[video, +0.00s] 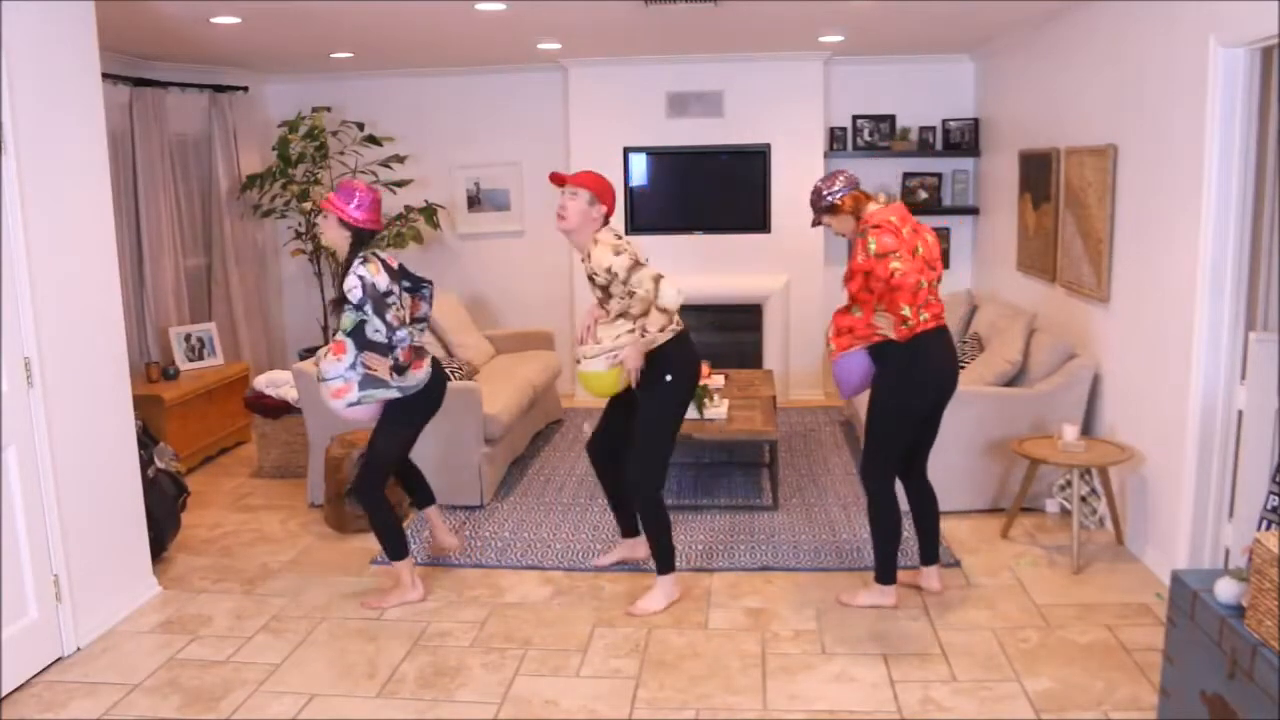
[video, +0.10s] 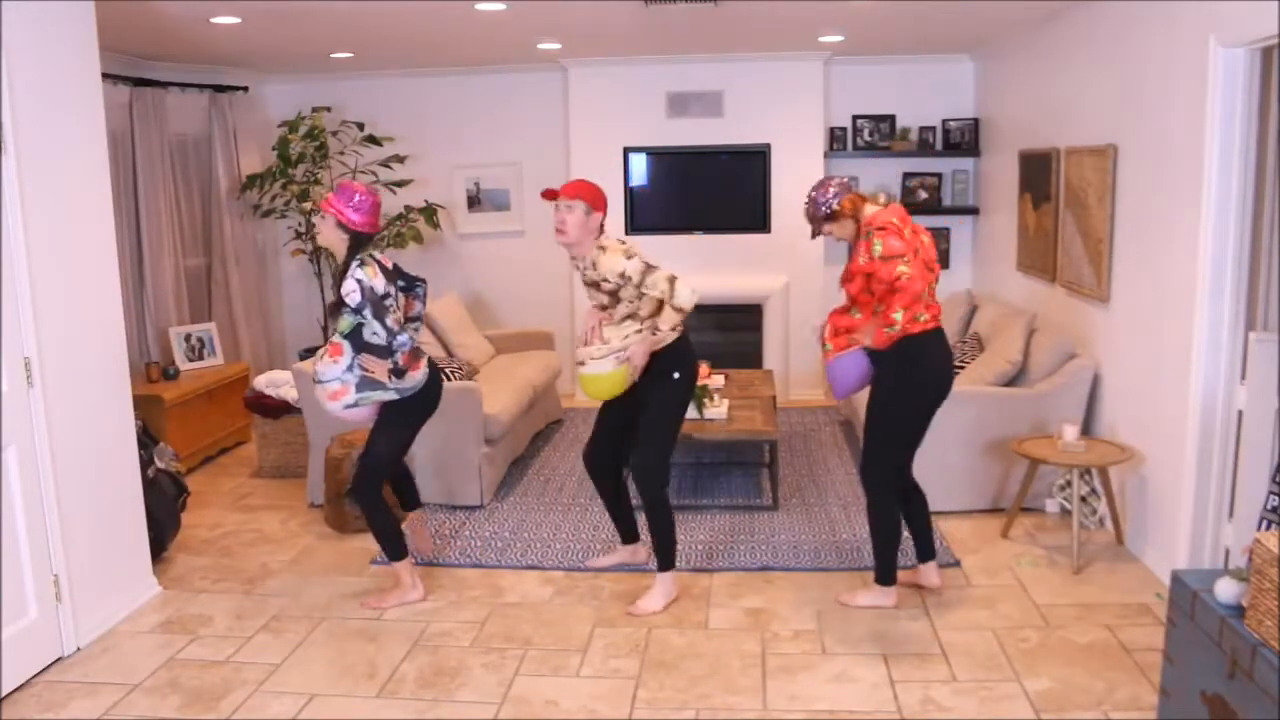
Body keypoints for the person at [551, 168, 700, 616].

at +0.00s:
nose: (561, 205)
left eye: (572, 199)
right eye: (562, 197)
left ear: (598, 212)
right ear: (566, 208)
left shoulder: (610, 255)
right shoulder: (593, 249)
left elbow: (667, 297)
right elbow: (624, 287)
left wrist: (638, 346)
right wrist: (594, 314)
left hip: (672, 361)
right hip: (647, 361)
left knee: (642, 473)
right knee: (604, 449)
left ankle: (668, 579)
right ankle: (632, 540)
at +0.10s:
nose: (559, 217)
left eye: (571, 210)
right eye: (558, 209)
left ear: (596, 220)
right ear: (556, 217)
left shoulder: (617, 262)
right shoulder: (583, 258)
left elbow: (683, 296)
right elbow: (615, 292)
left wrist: (650, 342)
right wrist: (595, 314)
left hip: (672, 363)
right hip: (637, 363)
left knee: (646, 465)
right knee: (600, 456)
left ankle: (666, 577)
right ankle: (631, 545)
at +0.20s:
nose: (566, 242)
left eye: (575, 232)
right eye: (560, 233)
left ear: (598, 231)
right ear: (555, 236)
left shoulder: (629, 264)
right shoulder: (573, 268)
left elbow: (697, 297)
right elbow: (586, 301)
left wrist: (660, 344)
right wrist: (594, 320)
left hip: (670, 363)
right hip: (626, 367)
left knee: (661, 462)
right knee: (591, 463)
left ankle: (675, 561)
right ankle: (632, 546)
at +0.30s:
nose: (577, 250)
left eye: (585, 238)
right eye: (569, 240)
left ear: (606, 233)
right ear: (561, 241)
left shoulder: (638, 263)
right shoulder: (573, 266)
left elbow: (704, 296)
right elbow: (577, 300)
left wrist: (665, 340)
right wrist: (595, 316)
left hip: (670, 361)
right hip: (624, 365)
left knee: (673, 459)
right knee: (592, 462)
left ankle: (689, 551)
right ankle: (632, 546)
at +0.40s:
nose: (598, 247)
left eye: (605, 236)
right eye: (590, 238)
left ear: (623, 228)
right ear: (581, 237)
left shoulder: (658, 256)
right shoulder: (580, 255)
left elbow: (711, 292)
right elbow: (577, 298)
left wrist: (674, 334)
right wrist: (601, 310)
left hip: (672, 361)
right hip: (623, 365)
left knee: (691, 461)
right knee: (598, 463)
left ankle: (698, 551)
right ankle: (632, 546)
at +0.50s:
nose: (614, 242)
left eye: (621, 232)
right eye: (605, 235)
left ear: (637, 223)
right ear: (594, 232)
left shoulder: (667, 250)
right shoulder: (586, 252)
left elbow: (721, 282)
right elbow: (578, 295)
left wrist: (684, 329)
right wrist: (606, 307)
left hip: (677, 359)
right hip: (626, 362)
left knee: (697, 457)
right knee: (595, 459)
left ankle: (699, 550)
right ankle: (628, 540)